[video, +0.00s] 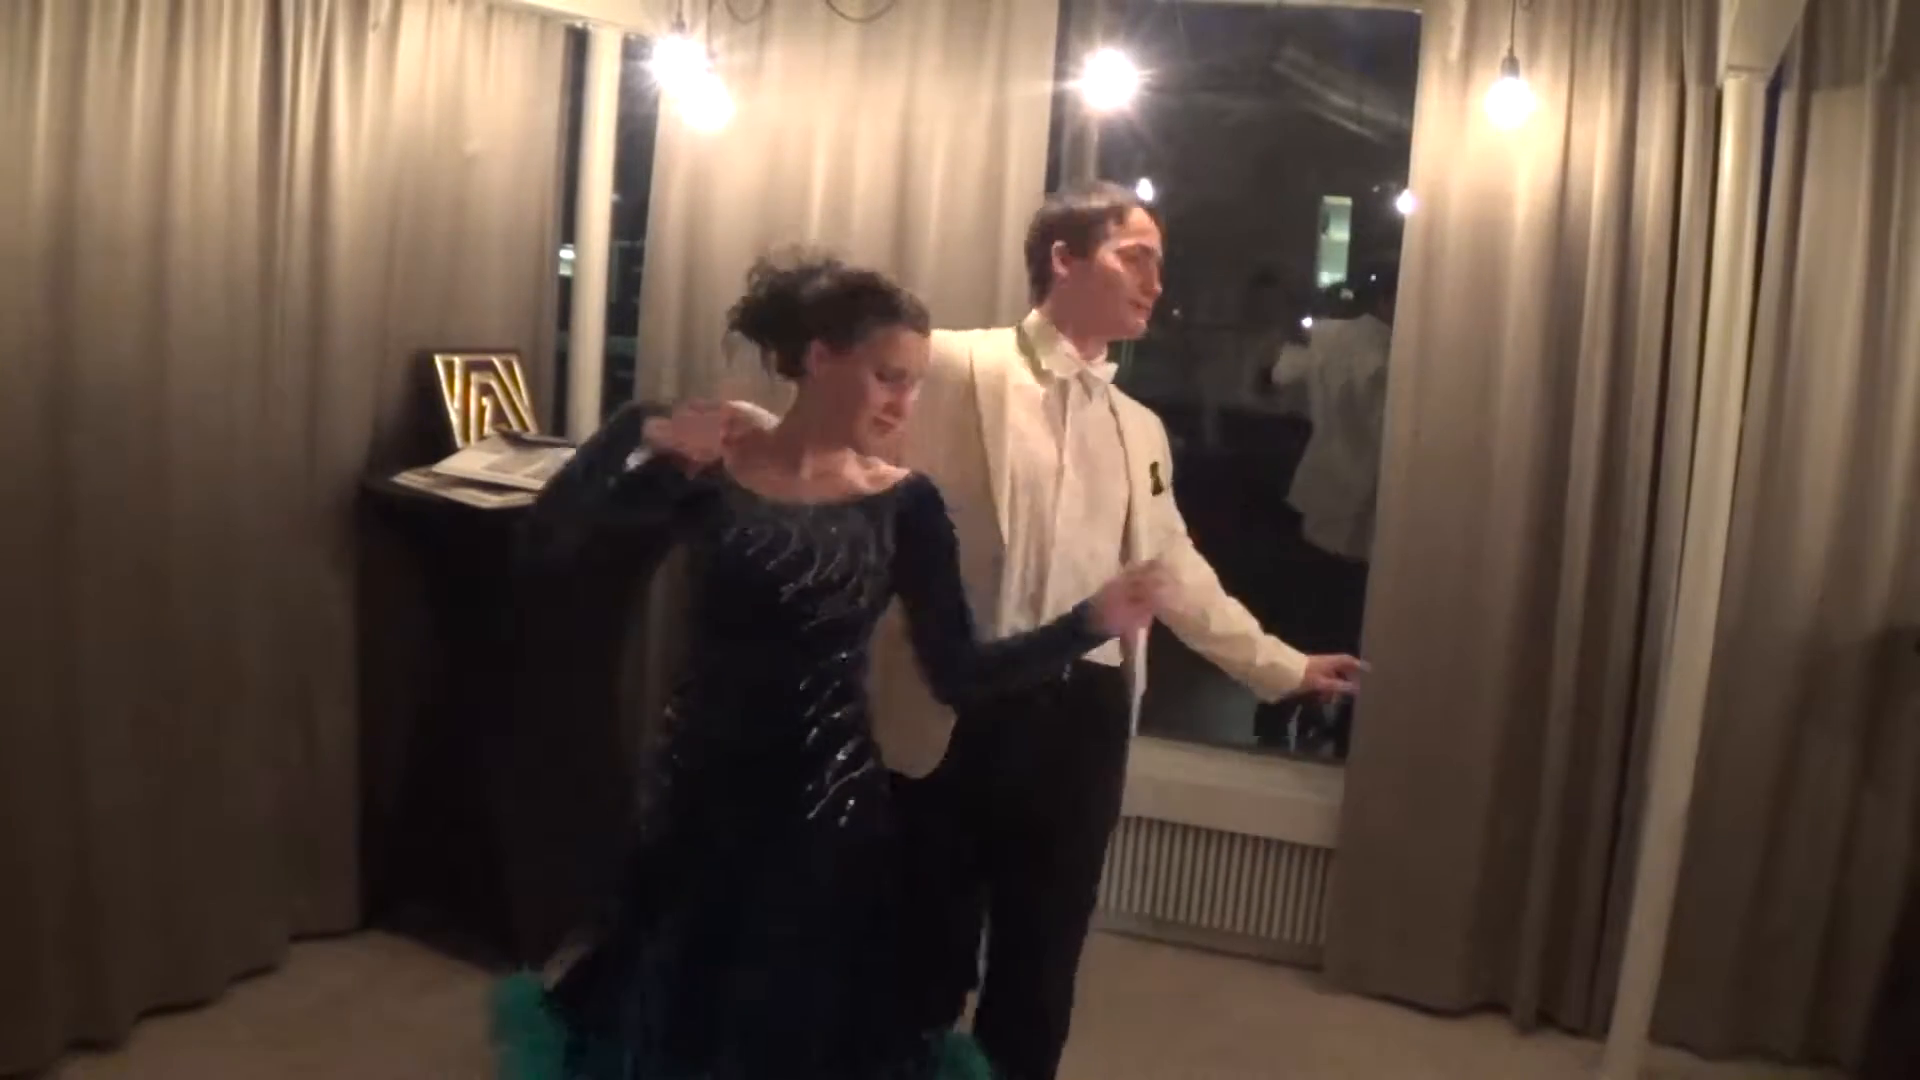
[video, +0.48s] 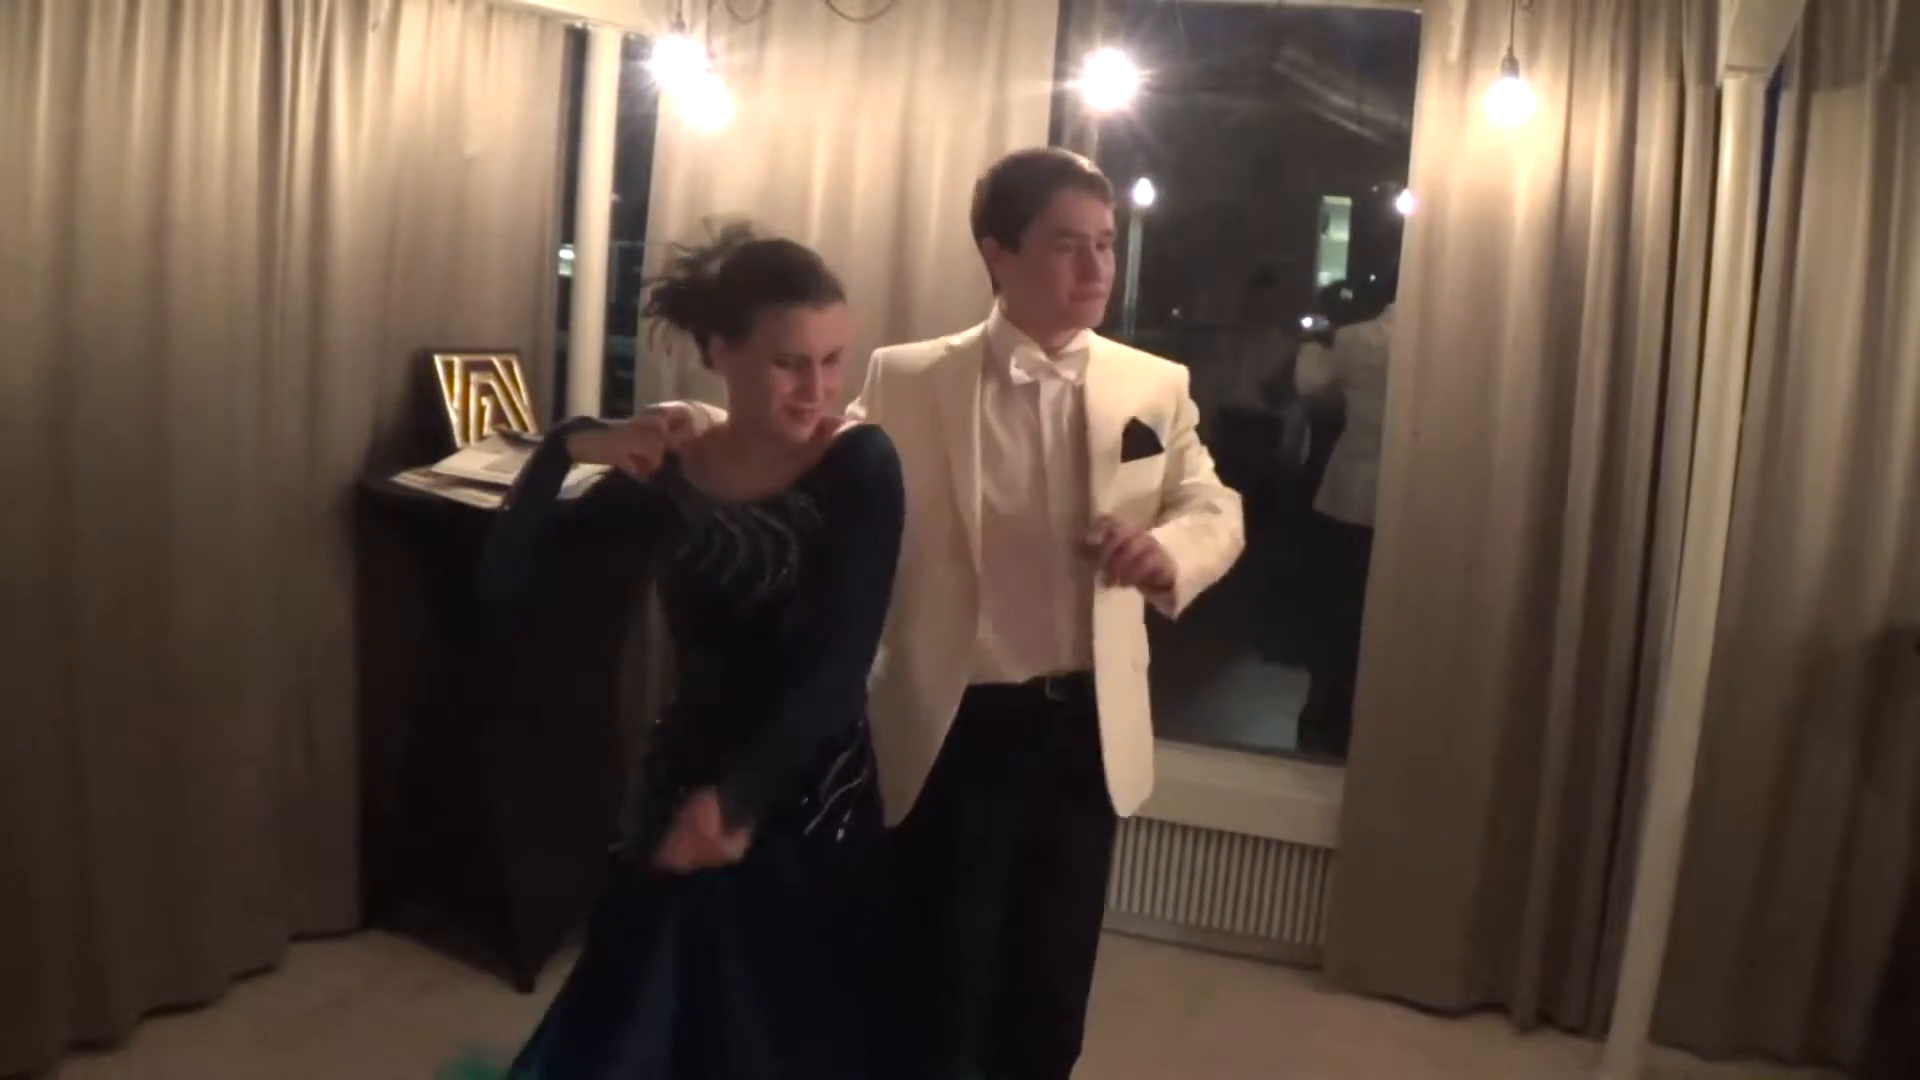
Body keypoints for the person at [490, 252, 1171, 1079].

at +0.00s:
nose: (905, 406)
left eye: (914, 384)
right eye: (888, 379)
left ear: (917, 385)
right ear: (819, 362)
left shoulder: (902, 501)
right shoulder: (713, 466)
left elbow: (960, 674)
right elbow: (552, 545)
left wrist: (1090, 623)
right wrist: (638, 435)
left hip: (836, 781)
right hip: (712, 773)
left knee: (828, 1005)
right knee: (691, 1001)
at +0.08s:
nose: (886, 405)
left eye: (895, 385)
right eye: (866, 381)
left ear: (902, 384)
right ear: (794, 365)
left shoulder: (892, 500)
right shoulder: (705, 463)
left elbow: (907, 689)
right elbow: (559, 571)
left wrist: (1004, 661)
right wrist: (622, 457)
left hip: (837, 786)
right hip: (712, 779)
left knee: (830, 1013)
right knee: (698, 1004)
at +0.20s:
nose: (853, 386)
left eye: (869, 365)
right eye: (829, 363)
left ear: (882, 366)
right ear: (761, 352)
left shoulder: (877, 476)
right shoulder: (699, 450)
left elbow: (870, 669)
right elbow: (546, 571)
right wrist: (601, 449)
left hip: (820, 763)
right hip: (702, 749)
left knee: (811, 981)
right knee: (679, 963)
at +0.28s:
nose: (837, 378)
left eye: (852, 354)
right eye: (811, 356)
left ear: (867, 350)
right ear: (745, 347)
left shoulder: (872, 461)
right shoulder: (689, 453)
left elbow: (869, 642)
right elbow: (530, 570)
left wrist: (797, 679)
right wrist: (584, 441)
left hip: (824, 761)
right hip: (702, 751)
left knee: (811, 987)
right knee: (676, 966)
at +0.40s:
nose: (823, 383)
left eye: (839, 356)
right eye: (795, 359)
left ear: (854, 346)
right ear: (727, 350)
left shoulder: (863, 458)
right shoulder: (677, 458)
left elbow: (848, 649)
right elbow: (516, 580)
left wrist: (730, 738)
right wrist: (572, 444)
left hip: (823, 780)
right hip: (698, 773)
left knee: (813, 1016)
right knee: (657, 1007)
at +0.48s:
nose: (818, 388)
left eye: (834, 361)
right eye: (790, 365)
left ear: (849, 349)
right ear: (721, 353)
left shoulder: (859, 463)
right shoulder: (670, 459)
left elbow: (843, 662)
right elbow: (510, 582)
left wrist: (739, 794)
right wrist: (561, 447)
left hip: (817, 778)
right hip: (687, 766)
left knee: (798, 1009)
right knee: (649, 989)